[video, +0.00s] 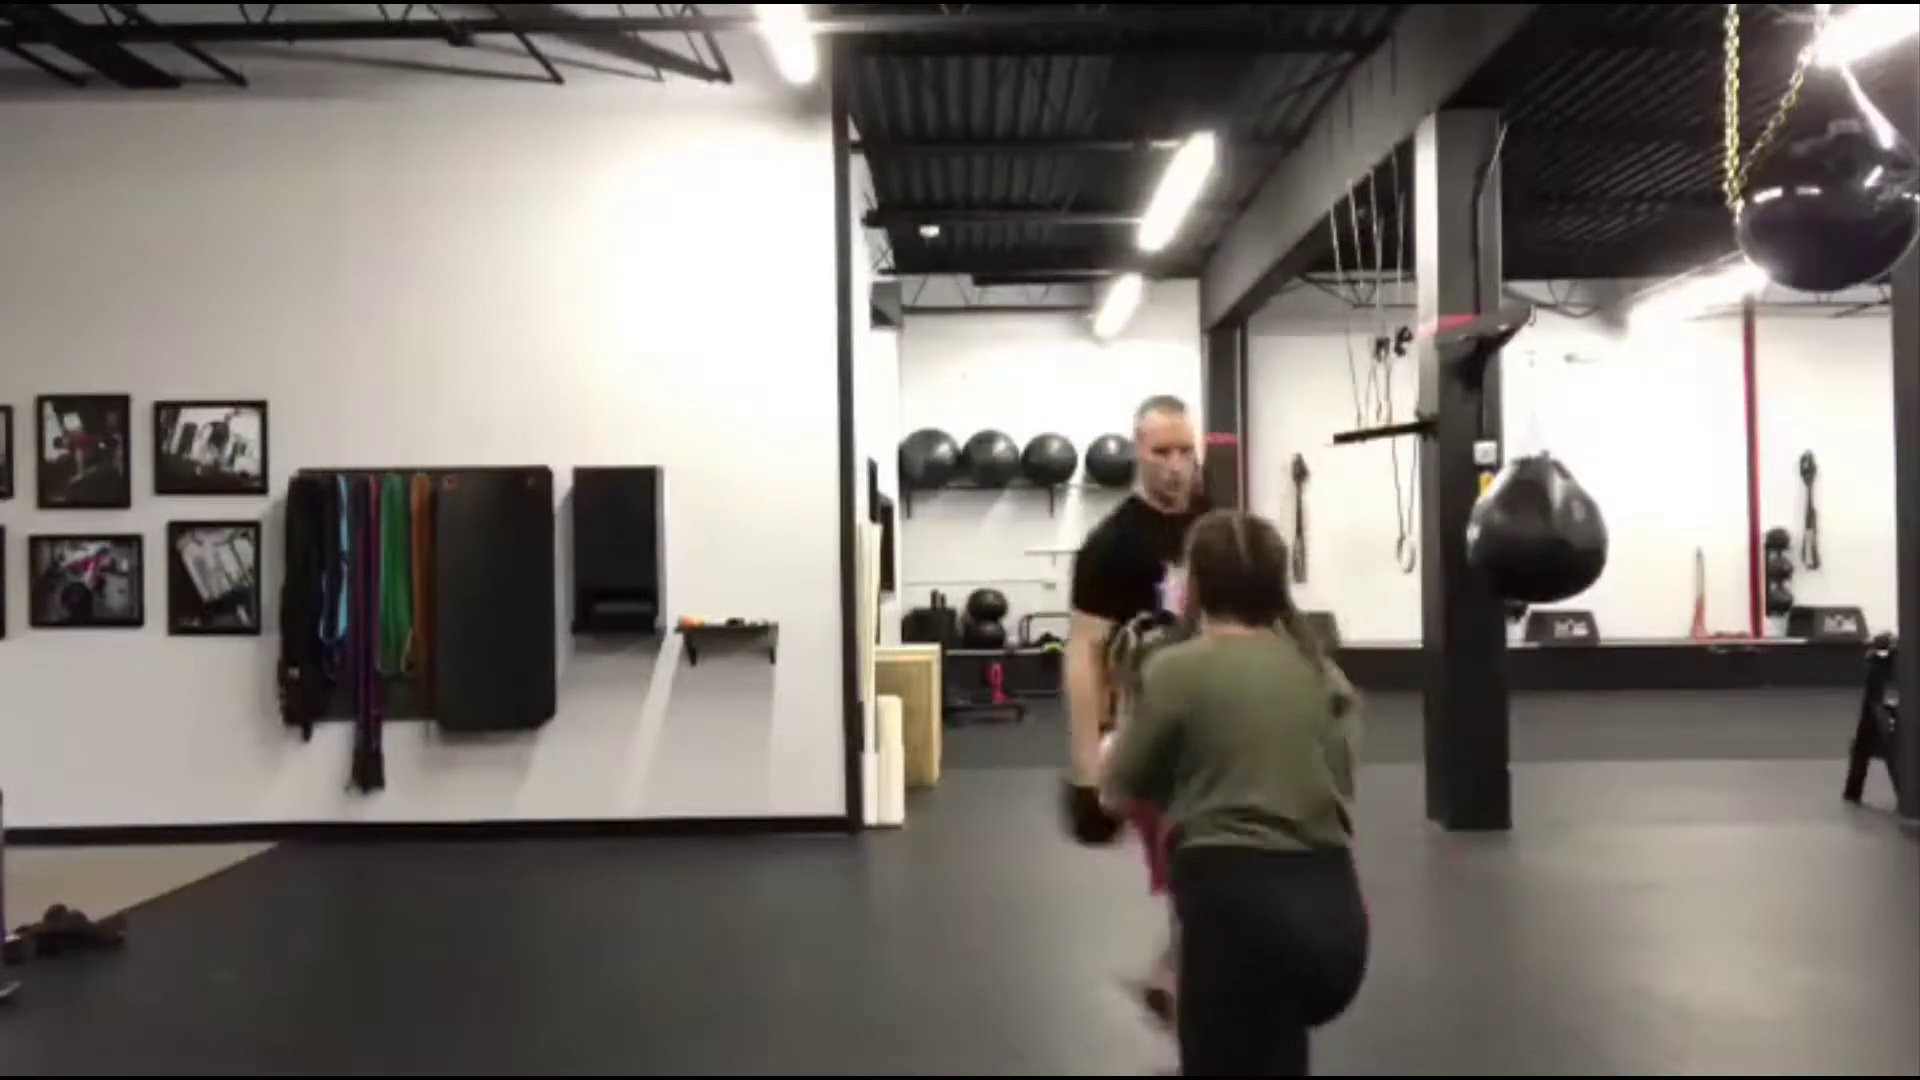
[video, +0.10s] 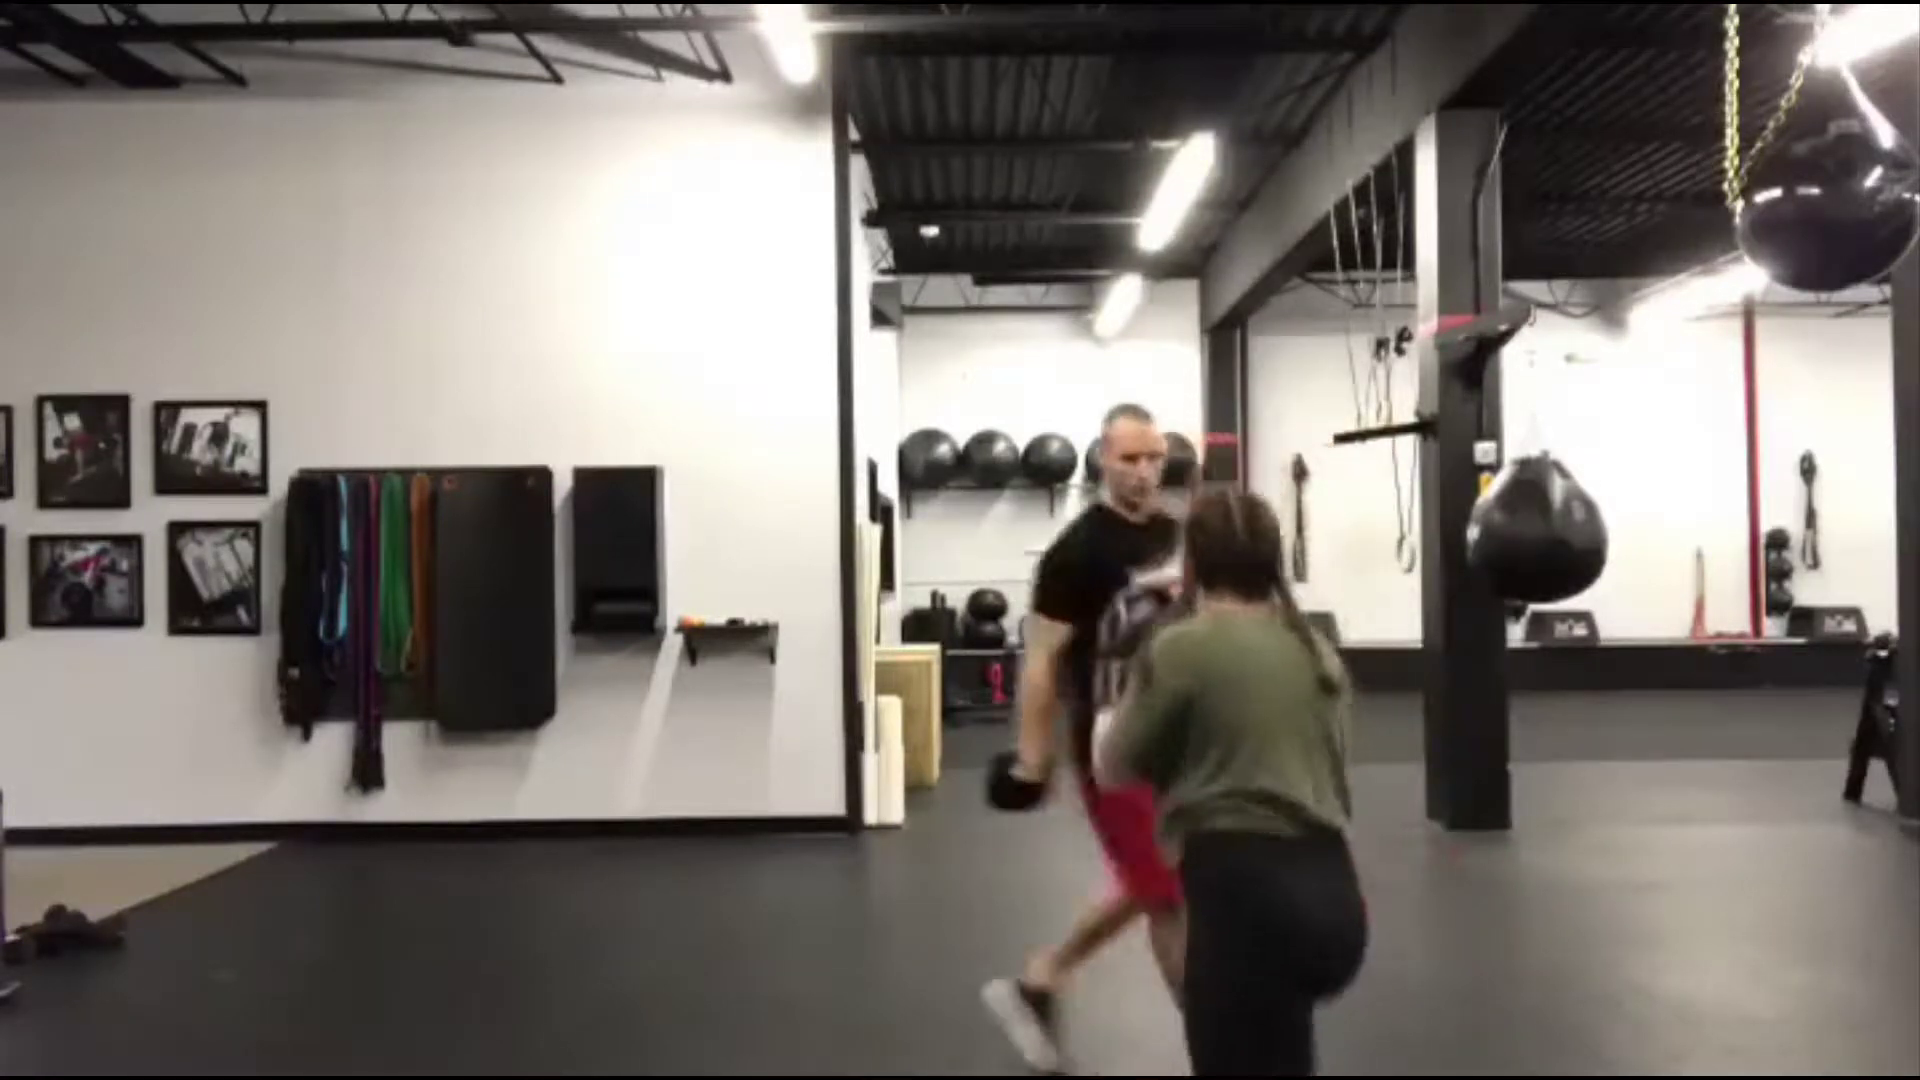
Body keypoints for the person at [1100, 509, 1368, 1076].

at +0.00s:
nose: (1176, 584)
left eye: (1183, 571)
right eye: (1182, 570)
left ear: (1195, 585)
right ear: (1276, 581)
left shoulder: (1175, 671)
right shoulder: (1320, 673)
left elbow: (1119, 786)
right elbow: (1339, 786)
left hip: (1229, 910)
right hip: (1328, 907)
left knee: (1219, 1060)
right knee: (1278, 1054)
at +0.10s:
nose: (1184, 557)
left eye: (1188, 546)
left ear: (1193, 560)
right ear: (1271, 555)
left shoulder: (1180, 648)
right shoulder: (1314, 646)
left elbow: (1118, 760)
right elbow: (1332, 759)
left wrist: (1136, 679)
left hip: (1236, 895)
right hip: (1328, 887)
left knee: (1229, 1060)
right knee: (1284, 1054)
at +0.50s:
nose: (1171, 557)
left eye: (1176, 545)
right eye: (1175, 544)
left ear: (1190, 555)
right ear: (1252, 551)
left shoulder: (1186, 649)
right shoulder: (1277, 635)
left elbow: (1129, 766)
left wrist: (1110, 702)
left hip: (1233, 862)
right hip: (1289, 844)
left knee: (1176, 991)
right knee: (1237, 1000)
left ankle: (1215, 1071)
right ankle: (1236, 1068)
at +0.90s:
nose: (1206, 554)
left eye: (1213, 539)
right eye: (1209, 539)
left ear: (1241, 548)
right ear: (1286, 544)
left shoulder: (1265, 631)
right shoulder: (1323, 619)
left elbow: (1199, 752)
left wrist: (1158, 675)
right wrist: (1214, 649)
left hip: (1313, 870)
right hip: (1346, 858)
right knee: (1226, 992)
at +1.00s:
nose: (1203, 554)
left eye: (1208, 540)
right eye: (1205, 540)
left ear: (1236, 551)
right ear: (1281, 548)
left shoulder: (1265, 636)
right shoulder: (1306, 623)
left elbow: (1213, 761)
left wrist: (1164, 681)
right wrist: (1213, 662)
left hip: (1317, 876)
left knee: (1314, 1061)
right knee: (1198, 957)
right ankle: (1243, 1069)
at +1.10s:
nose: (1188, 508)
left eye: (1194, 493)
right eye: (1191, 493)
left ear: (1223, 500)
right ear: (1252, 499)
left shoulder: (1258, 582)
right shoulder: (1282, 572)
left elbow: (1193, 702)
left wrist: (1153, 638)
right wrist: (1195, 605)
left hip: (1302, 826)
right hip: (1288, 819)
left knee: (1334, 1045)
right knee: (1182, 928)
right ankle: (1224, 1068)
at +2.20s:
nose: (1149, 520)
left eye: (1158, 508)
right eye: (1153, 508)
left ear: (1189, 518)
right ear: (1194, 519)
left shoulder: (1217, 600)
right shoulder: (1196, 595)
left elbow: (1142, 688)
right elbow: (1155, 673)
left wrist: (1114, 618)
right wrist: (1130, 606)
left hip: (1230, 797)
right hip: (1191, 793)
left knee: (1250, 985)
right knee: (1134, 933)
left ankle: (1346, 1065)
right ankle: (1143, 1069)